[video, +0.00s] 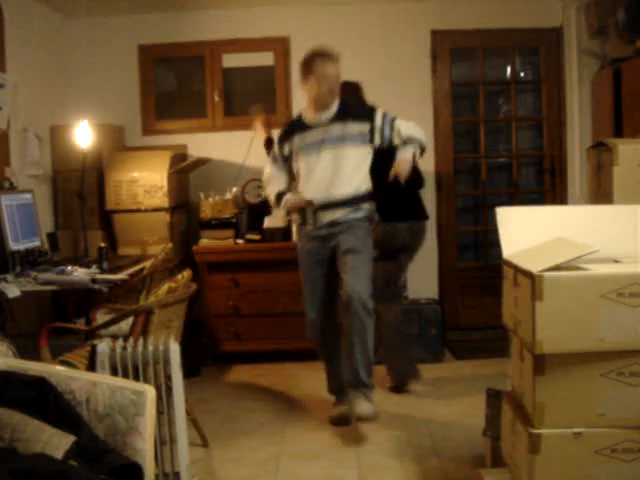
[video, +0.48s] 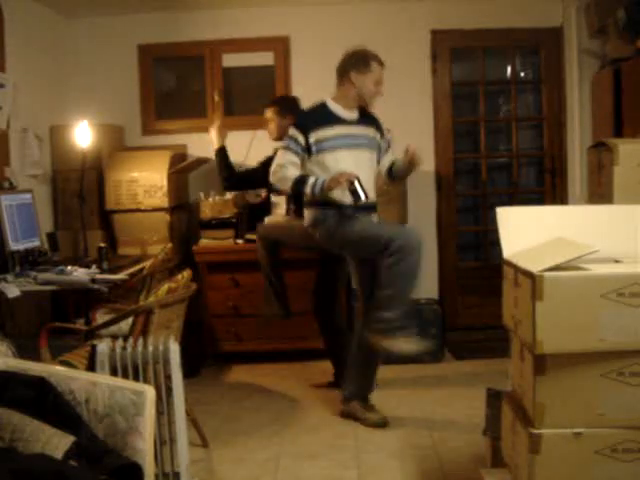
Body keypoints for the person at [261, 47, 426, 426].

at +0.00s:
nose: (331, 87)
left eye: (335, 79)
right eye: (324, 80)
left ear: (342, 78)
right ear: (306, 81)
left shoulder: (363, 118)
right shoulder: (291, 133)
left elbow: (411, 132)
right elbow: (272, 174)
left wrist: (407, 153)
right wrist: (283, 197)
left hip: (353, 222)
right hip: (311, 230)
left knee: (356, 296)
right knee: (318, 315)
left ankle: (360, 389)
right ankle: (341, 395)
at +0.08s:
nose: (344, 70)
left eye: (348, 64)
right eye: (337, 63)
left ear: (351, 64)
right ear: (315, 62)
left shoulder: (369, 106)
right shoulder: (292, 115)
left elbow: (399, 139)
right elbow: (277, 160)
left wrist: (402, 173)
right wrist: (295, 190)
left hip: (358, 216)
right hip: (314, 222)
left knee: (363, 306)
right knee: (326, 310)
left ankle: (367, 397)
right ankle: (343, 395)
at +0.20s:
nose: (369, 79)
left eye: (371, 73)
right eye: (364, 71)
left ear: (365, 73)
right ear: (340, 68)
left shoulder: (372, 117)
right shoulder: (304, 115)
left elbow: (381, 170)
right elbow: (277, 162)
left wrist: (394, 203)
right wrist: (308, 191)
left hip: (367, 225)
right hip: (325, 227)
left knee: (371, 318)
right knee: (337, 318)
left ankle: (355, 397)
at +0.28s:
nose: (376, 89)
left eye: (378, 82)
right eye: (371, 81)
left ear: (367, 81)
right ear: (346, 76)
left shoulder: (373, 126)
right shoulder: (305, 122)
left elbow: (378, 179)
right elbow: (281, 173)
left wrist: (394, 207)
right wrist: (311, 193)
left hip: (369, 234)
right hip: (327, 236)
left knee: (374, 323)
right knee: (347, 321)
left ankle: (354, 397)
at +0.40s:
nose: (387, 108)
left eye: (388, 101)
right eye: (383, 100)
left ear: (367, 100)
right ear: (360, 97)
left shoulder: (376, 143)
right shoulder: (313, 135)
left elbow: (379, 196)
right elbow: (280, 186)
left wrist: (397, 200)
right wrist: (322, 199)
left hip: (371, 239)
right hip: (331, 239)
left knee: (393, 320)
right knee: (381, 288)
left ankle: (358, 397)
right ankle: (334, 310)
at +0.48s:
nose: (379, 91)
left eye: (380, 84)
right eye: (375, 83)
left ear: (358, 81)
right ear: (350, 79)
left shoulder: (372, 125)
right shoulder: (311, 121)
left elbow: (388, 173)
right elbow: (278, 175)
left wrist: (404, 164)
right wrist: (321, 185)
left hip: (365, 221)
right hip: (328, 221)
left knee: (371, 308)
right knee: (404, 239)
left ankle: (355, 396)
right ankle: (387, 324)